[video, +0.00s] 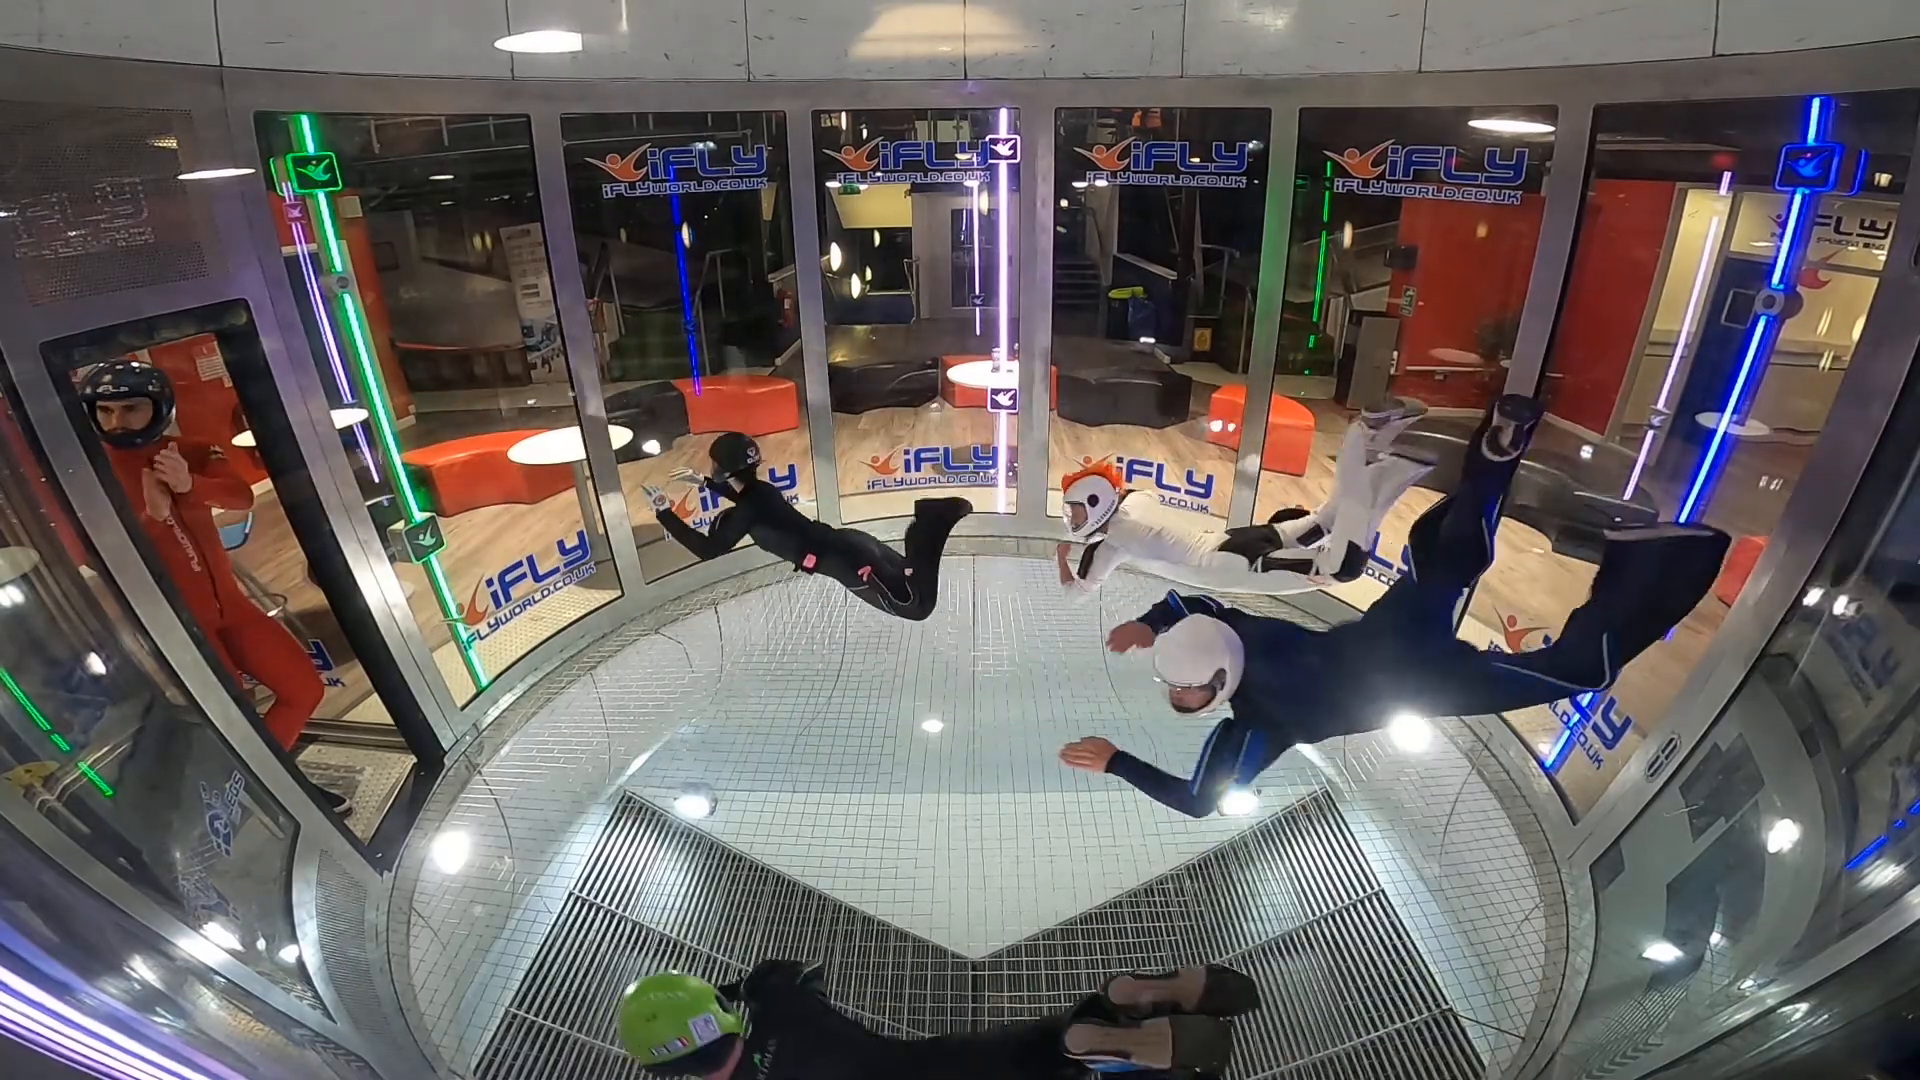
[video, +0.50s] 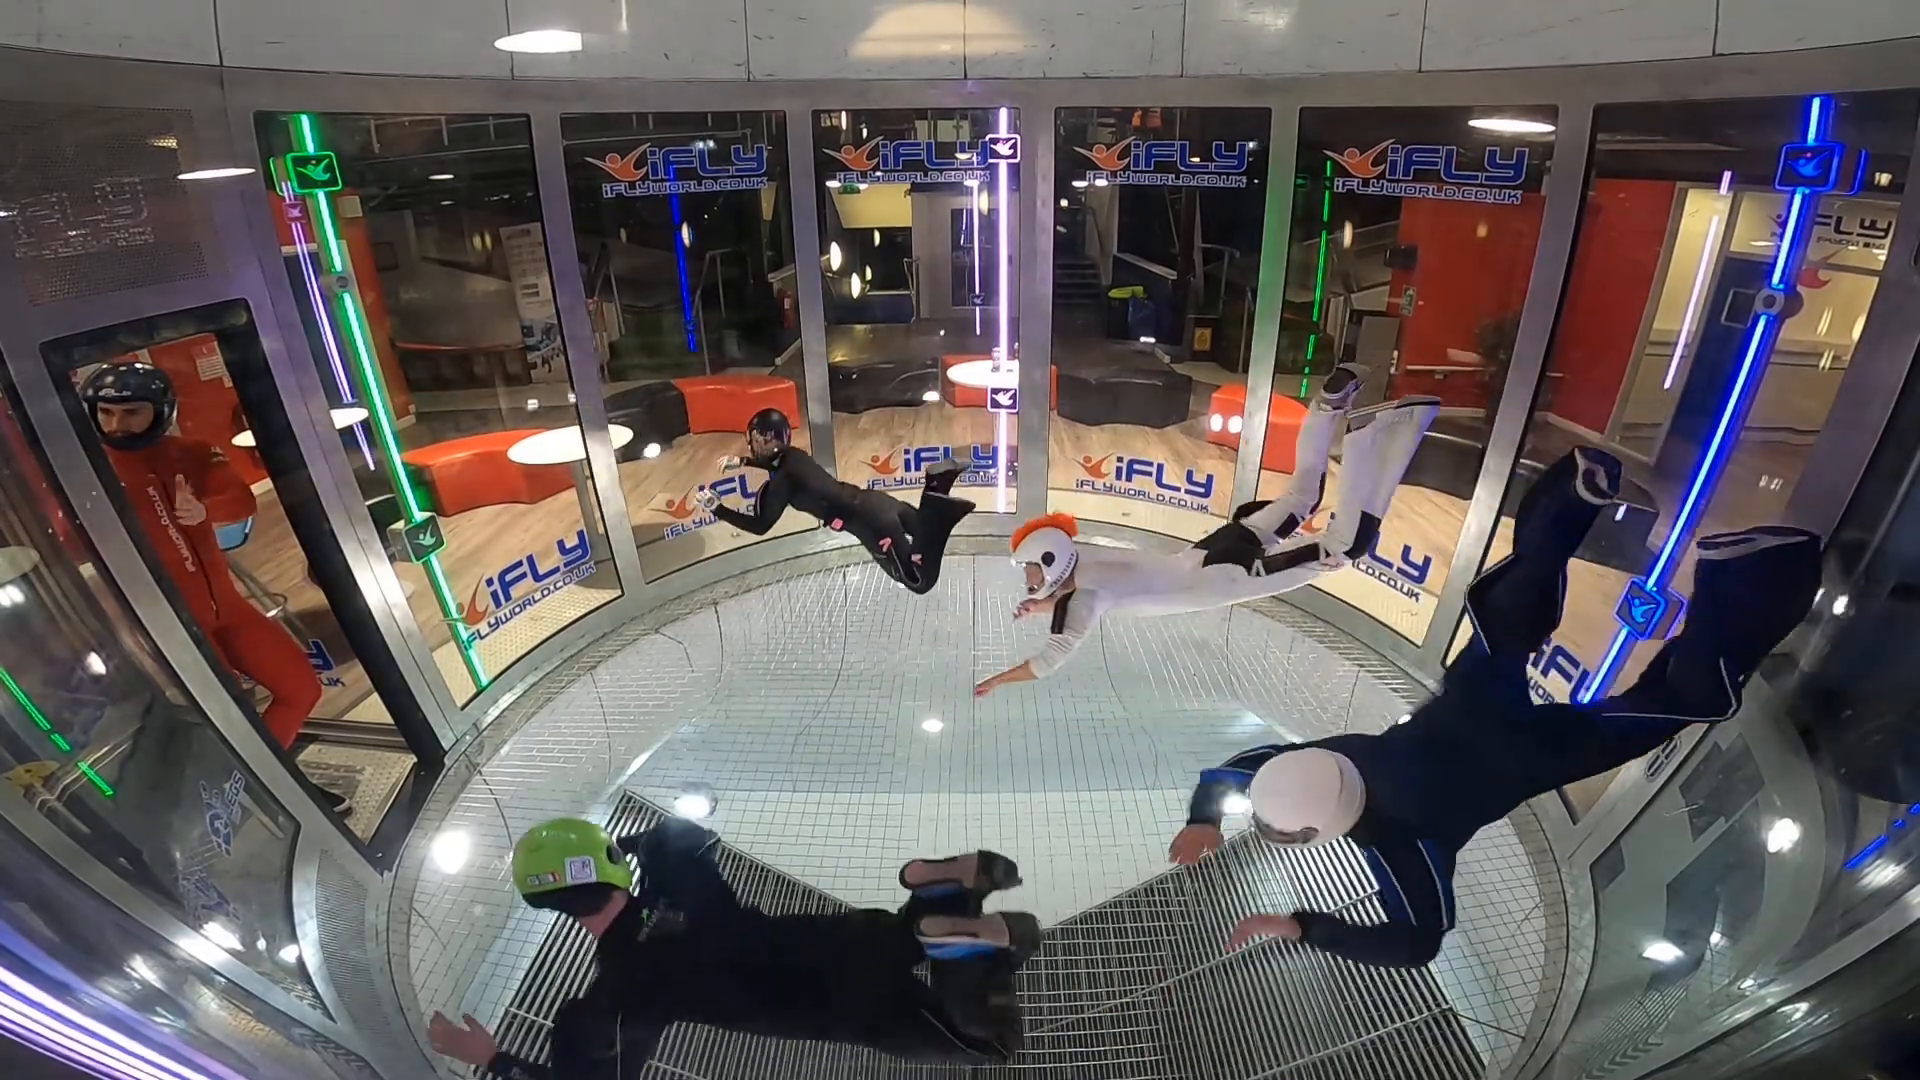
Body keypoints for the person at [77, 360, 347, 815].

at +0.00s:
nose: (118, 423)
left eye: (131, 409)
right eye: (104, 411)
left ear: (157, 410)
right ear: (90, 415)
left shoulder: (188, 452)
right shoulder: (92, 473)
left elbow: (242, 497)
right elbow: (96, 557)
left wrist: (191, 484)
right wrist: (150, 517)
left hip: (231, 606)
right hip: (182, 628)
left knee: (304, 688)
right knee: (240, 716)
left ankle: (243, 782)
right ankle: (293, 791)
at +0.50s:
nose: (117, 425)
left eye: (132, 412)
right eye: (106, 413)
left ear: (158, 412)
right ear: (92, 414)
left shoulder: (186, 455)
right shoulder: (90, 470)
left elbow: (242, 500)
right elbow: (71, 542)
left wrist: (204, 509)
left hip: (224, 607)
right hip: (172, 630)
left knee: (301, 687)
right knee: (237, 712)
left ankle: (245, 781)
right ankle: (293, 791)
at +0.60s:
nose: (116, 426)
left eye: (130, 413)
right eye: (105, 413)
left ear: (157, 413)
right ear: (92, 415)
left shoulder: (193, 456)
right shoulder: (89, 474)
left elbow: (243, 505)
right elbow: (72, 546)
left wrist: (219, 527)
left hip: (225, 607)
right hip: (169, 629)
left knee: (302, 688)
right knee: (233, 713)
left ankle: (243, 779)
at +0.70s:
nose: (116, 426)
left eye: (129, 413)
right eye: (104, 414)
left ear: (155, 412)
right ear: (90, 414)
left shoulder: (190, 455)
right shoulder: (84, 474)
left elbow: (241, 504)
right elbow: (67, 541)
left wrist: (231, 538)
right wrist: (114, 503)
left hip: (224, 605)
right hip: (168, 627)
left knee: (302, 688)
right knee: (232, 715)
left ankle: (244, 779)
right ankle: (294, 790)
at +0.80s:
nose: (121, 425)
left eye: (132, 411)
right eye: (107, 414)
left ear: (155, 409)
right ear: (91, 417)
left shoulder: (194, 456)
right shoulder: (84, 475)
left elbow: (245, 507)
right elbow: (76, 554)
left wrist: (238, 546)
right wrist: (154, 544)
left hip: (224, 604)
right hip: (169, 626)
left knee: (302, 688)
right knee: (233, 716)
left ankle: (245, 778)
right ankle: (294, 791)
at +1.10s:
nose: (128, 423)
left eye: (135, 407)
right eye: (111, 415)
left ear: (152, 402)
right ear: (94, 421)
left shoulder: (197, 455)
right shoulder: (92, 477)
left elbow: (248, 519)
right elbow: (101, 569)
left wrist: (225, 581)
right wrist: (191, 601)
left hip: (225, 599)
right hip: (170, 619)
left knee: (303, 689)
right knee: (235, 712)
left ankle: (243, 780)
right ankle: (293, 791)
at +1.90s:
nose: (129, 423)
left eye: (135, 407)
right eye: (111, 417)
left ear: (151, 402)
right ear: (94, 423)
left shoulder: (197, 455)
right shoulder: (97, 480)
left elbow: (248, 520)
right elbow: (105, 569)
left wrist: (241, 577)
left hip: (232, 602)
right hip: (176, 620)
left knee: (303, 689)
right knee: (233, 718)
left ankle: (251, 777)